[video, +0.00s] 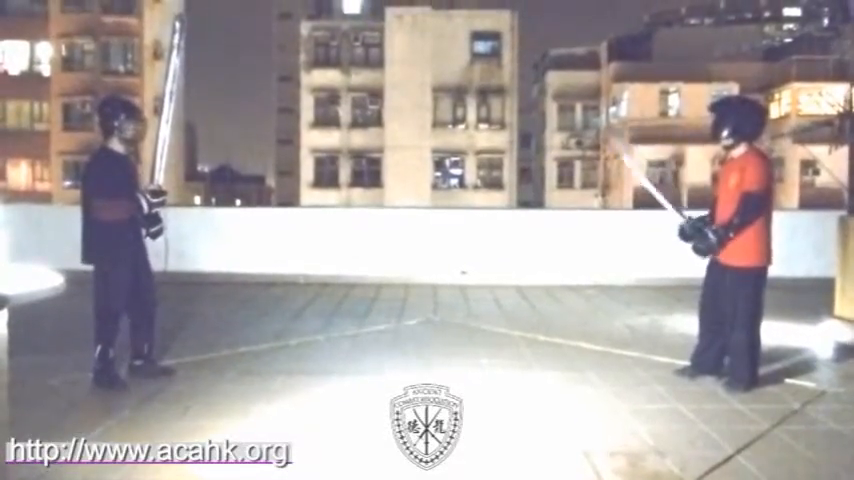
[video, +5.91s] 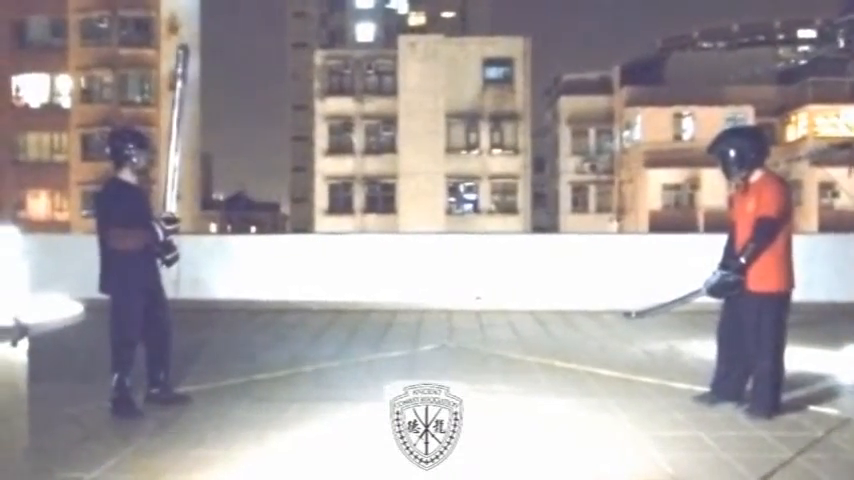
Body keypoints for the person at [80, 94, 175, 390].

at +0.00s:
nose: (137, 129)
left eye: (138, 123)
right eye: (132, 123)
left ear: (129, 126)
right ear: (116, 125)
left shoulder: (126, 162)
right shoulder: (102, 164)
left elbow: (124, 201)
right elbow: (101, 210)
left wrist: (147, 201)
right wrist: (140, 212)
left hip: (130, 244)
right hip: (108, 247)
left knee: (143, 298)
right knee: (110, 304)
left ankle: (142, 357)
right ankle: (103, 363)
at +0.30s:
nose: (136, 159)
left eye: (137, 153)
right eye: (130, 153)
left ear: (131, 156)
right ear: (114, 154)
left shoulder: (126, 193)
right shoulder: (96, 194)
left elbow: (127, 232)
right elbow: (94, 237)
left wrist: (146, 233)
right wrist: (132, 241)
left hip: (130, 272)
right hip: (106, 275)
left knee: (142, 329)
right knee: (107, 335)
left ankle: (140, 390)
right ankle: (100, 396)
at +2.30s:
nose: (152, 174)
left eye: (152, 168)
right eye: (147, 167)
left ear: (138, 172)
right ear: (130, 171)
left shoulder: (143, 210)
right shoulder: (112, 211)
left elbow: (143, 249)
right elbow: (113, 258)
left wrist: (161, 258)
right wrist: (154, 253)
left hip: (144, 290)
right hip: (119, 292)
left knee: (156, 344)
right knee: (122, 349)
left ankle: (153, 404)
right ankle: (114, 410)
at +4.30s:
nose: (140, 169)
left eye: (140, 163)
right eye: (134, 163)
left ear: (126, 166)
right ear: (117, 166)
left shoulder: (128, 203)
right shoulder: (101, 205)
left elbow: (130, 240)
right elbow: (103, 252)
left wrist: (149, 240)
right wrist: (142, 247)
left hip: (134, 283)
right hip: (111, 287)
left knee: (145, 338)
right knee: (113, 343)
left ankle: (144, 398)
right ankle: (106, 405)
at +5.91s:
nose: (147, 159)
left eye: (146, 153)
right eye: (142, 153)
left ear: (129, 155)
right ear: (128, 155)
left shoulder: (137, 192)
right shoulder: (112, 194)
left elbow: (138, 229)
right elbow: (115, 239)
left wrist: (158, 229)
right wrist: (154, 241)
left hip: (145, 274)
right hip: (124, 277)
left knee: (158, 328)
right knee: (126, 333)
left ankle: (159, 385)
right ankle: (120, 391)